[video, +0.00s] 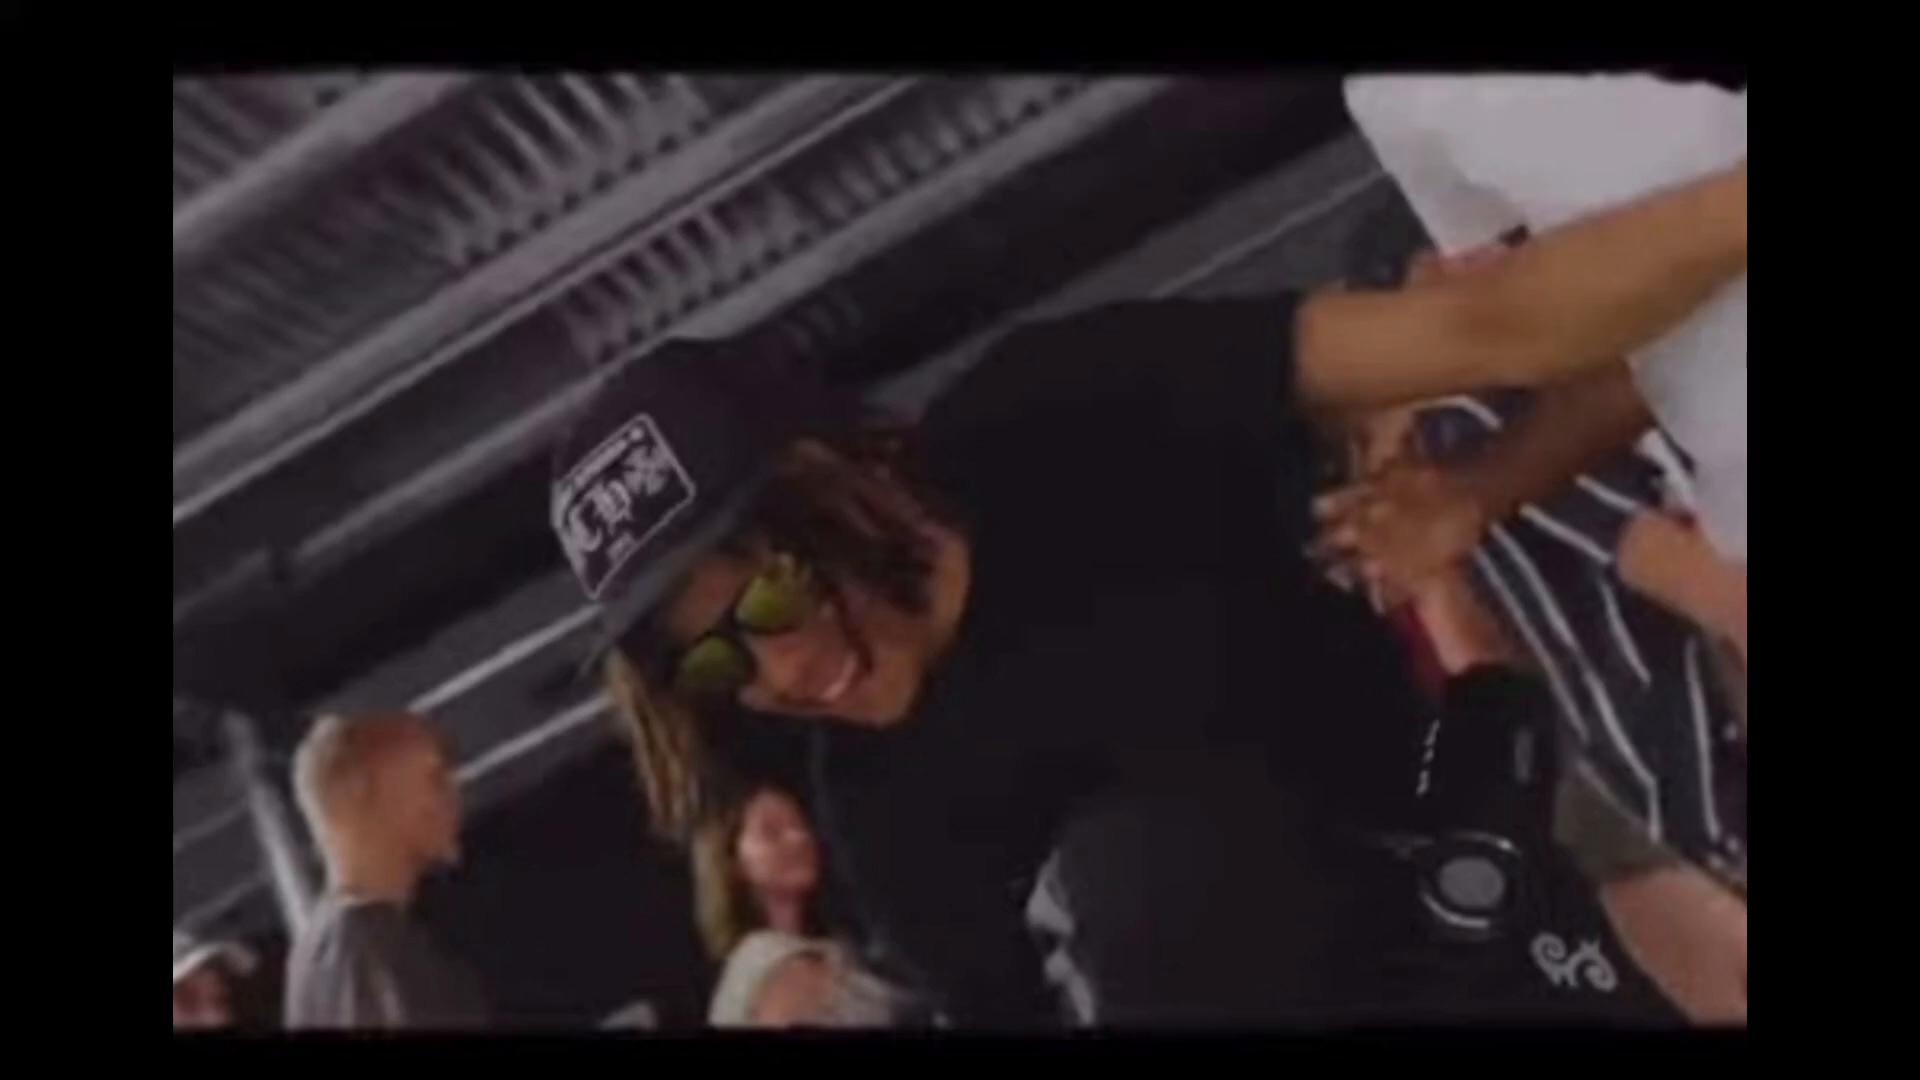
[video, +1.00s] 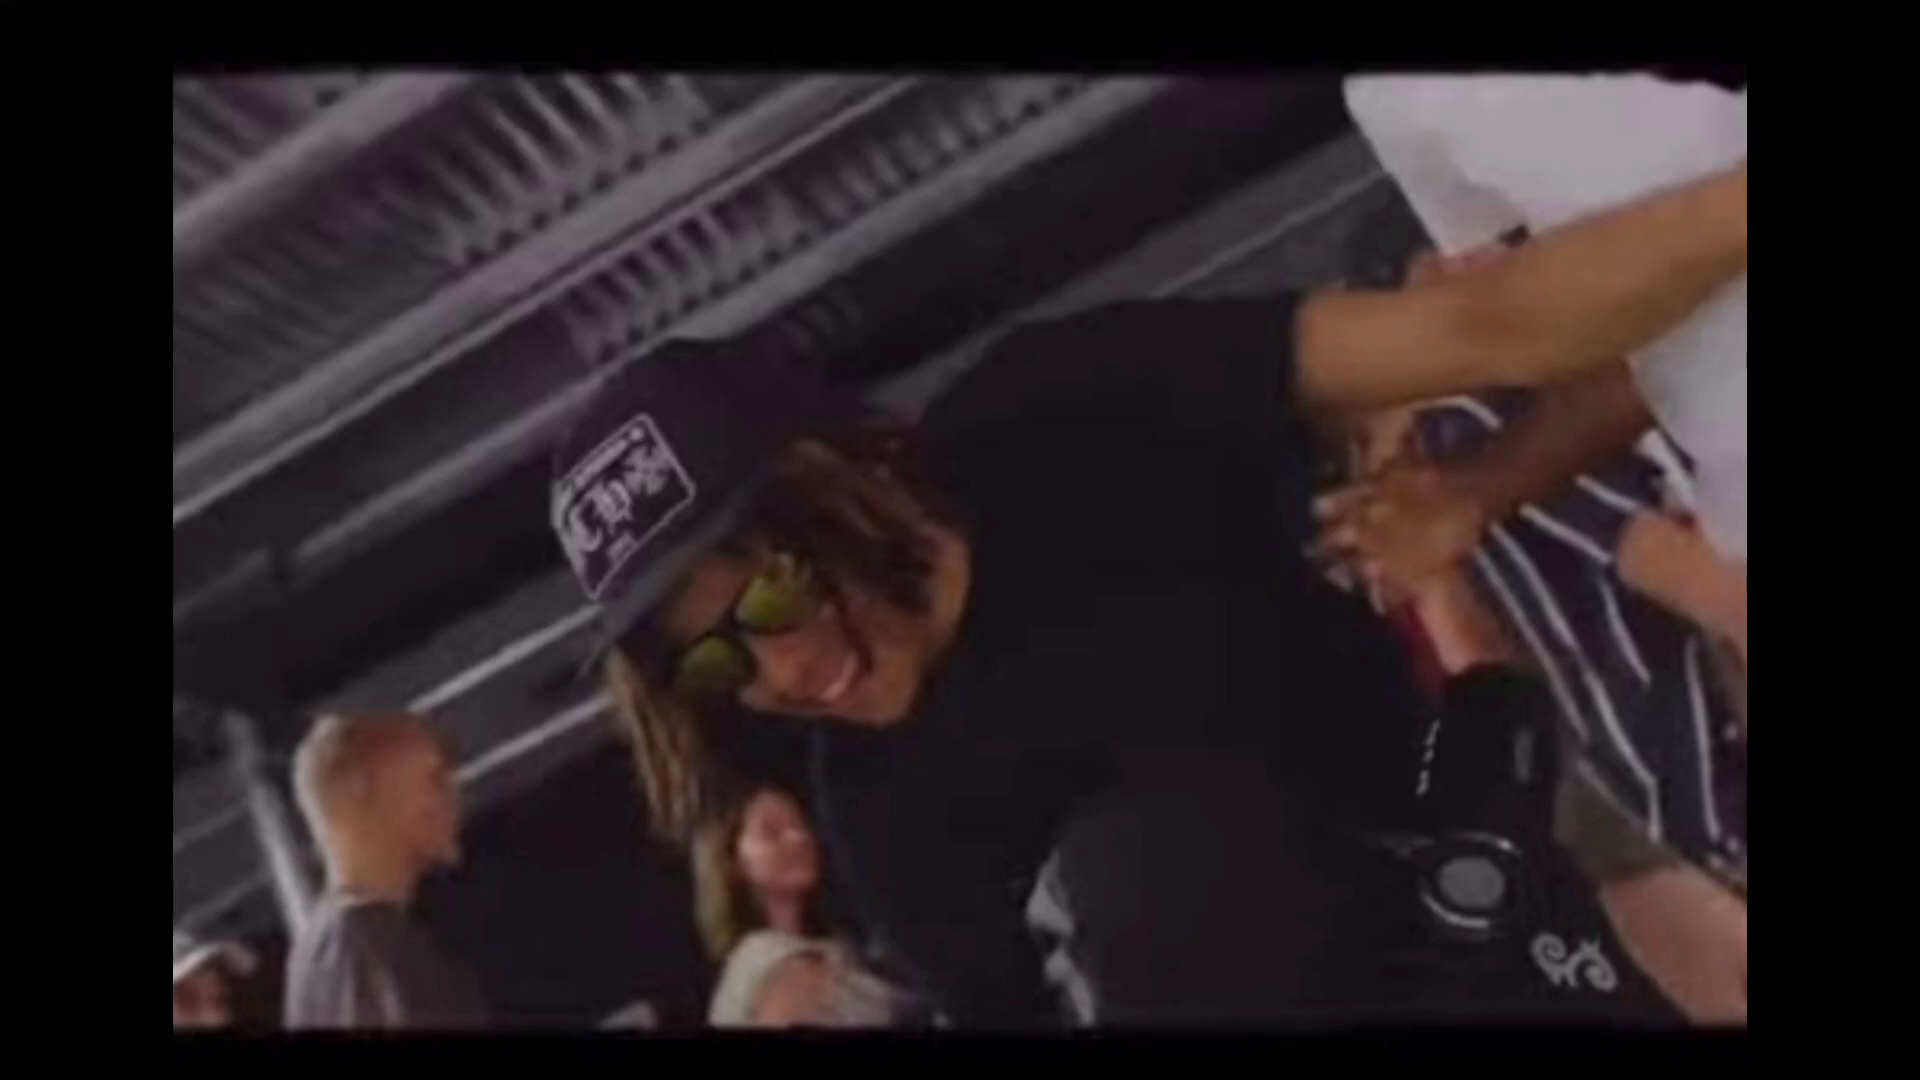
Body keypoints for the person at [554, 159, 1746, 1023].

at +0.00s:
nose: (768, 656)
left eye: (761, 582)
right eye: (708, 654)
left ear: (835, 476)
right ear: (687, 685)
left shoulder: (1052, 404)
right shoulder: (886, 847)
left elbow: (1472, 328)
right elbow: (1031, 1024)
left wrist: (1740, 208)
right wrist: (837, 995)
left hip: (1477, 844)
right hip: (1240, 973)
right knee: (1136, 862)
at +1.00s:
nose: (768, 656)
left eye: (761, 582)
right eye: (708, 654)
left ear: (835, 476)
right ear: (687, 685)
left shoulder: (1052, 404)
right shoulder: (886, 847)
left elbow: (1472, 328)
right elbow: (1031, 1024)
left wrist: (1740, 208)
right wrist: (837, 995)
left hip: (1477, 844)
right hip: (1240, 973)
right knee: (1136, 862)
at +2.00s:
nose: (770, 658)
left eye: (763, 584)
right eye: (711, 656)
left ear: (836, 477)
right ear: (690, 687)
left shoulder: (1050, 403)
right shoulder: (890, 843)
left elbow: (1468, 329)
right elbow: (1036, 1022)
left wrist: (1751, 207)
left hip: (1485, 838)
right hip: (1258, 972)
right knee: (1136, 866)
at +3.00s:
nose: (768, 661)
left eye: (761, 587)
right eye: (710, 657)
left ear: (834, 478)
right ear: (688, 686)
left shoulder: (1052, 403)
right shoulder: (888, 844)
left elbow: (1469, 328)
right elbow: (1032, 1023)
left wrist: (1764, 199)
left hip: (1475, 841)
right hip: (1239, 974)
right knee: (1135, 870)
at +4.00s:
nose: (767, 656)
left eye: (760, 581)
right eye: (708, 654)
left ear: (835, 476)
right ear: (688, 687)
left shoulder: (1052, 404)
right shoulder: (888, 846)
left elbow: (1475, 326)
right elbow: (1033, 1025)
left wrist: (1797, 183)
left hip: (1486, 855)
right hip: (1248, 974)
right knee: (1133, 867)